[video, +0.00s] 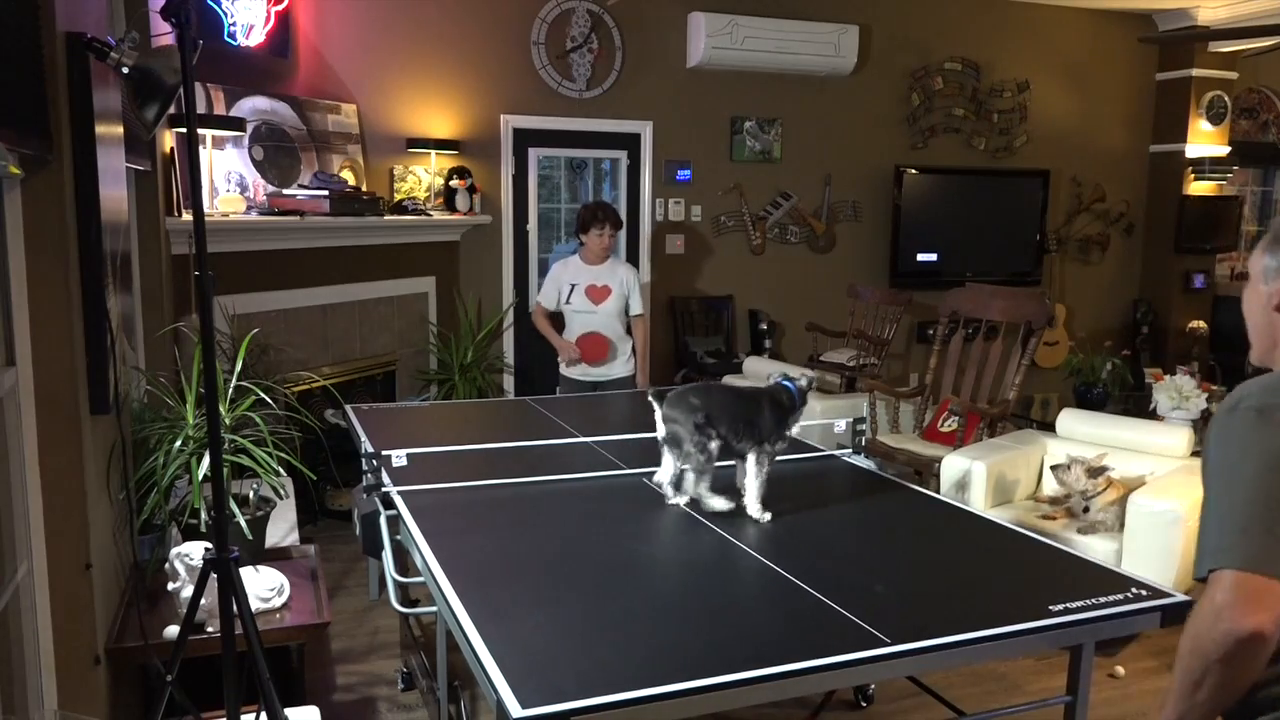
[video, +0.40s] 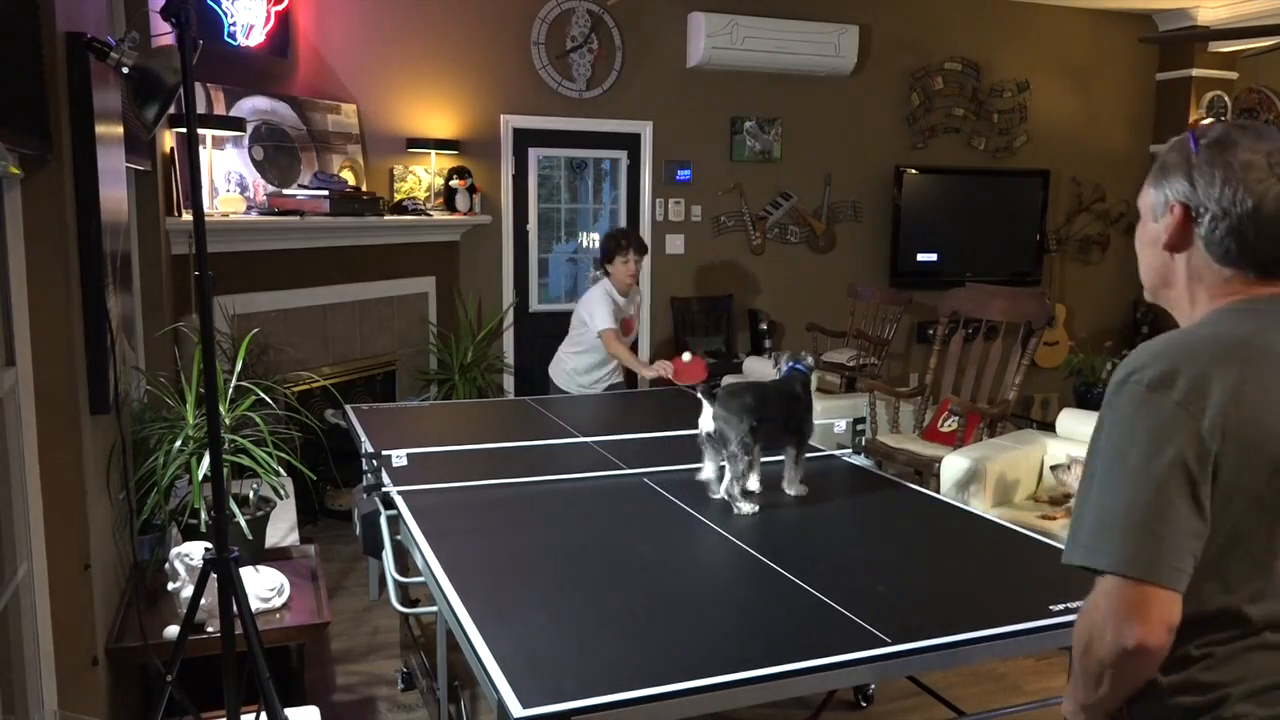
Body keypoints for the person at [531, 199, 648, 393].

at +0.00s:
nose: (607, 242)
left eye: (612, 235)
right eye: (599, 235)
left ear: (616, 236)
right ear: (582, 236)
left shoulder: (626, 273)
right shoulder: (561, 270)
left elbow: (638, 322)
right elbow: (538, 314)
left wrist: (642, 372)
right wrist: (559, 344)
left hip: (617, 376)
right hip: (574, 377)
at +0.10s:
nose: (608, 245)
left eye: (612, 238)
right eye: (601, 238)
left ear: (617, 238)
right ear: (583, 239)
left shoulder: (623, 275)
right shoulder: (560, 273)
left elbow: (634, 322)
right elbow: (533, 318)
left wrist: (637, 368)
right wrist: (566, 346)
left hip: (616, 378)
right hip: (572, 379)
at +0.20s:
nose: (614, 250)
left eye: (617, 243)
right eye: (606, 243)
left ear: (621, 244)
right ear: (587, 244)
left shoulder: (625, 280)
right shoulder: (567, 280)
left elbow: (629, 328)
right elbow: (548, 332)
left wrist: (632, 379)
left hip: (613, 378)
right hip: (570, 381)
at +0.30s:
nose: (622, 259)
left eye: (626, 253)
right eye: (615, 253)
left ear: (631, 254)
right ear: (597, 255)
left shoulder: (629, 287)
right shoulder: (582, 288)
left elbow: (627, 338)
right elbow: (584, 345)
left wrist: (623, 378)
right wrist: (629, 360)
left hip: (609, 377)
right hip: (570, 380)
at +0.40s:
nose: (634, 268)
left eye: (637, 261)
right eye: (625, 262)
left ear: (641, 263)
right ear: (608, 266)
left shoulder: (634, 294)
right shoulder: (598, 297)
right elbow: (612, 344)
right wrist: (643, 369)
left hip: (609, 378)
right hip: (572, 382)